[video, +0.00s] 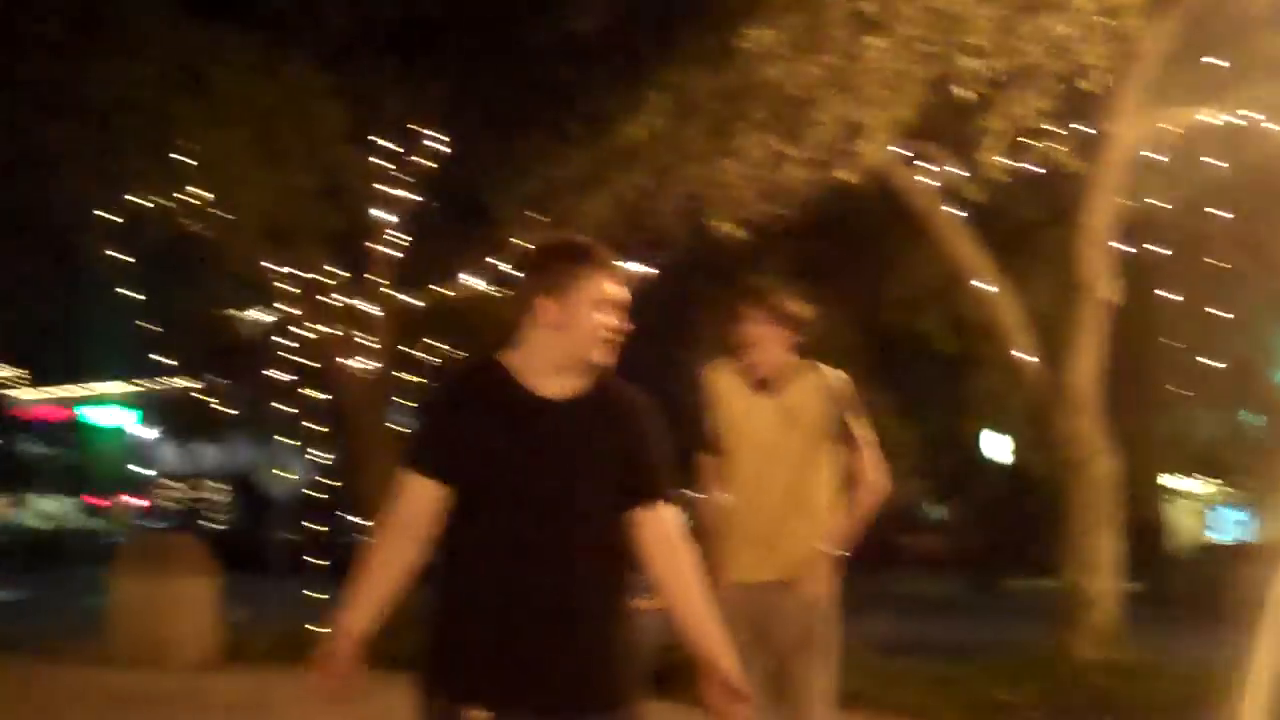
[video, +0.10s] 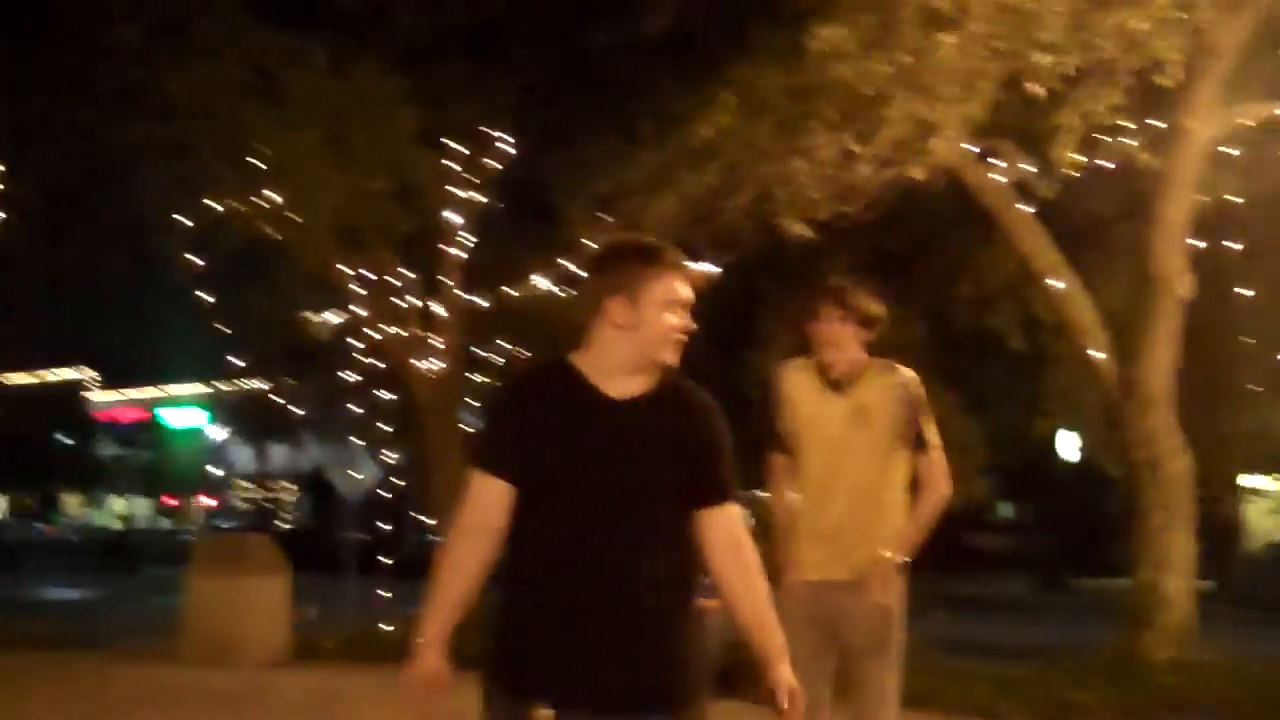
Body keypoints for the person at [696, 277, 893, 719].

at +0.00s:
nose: (747, 356)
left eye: (756, 344)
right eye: (741, 345)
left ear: (789, 336)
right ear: (734, 341)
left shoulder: (830, 386)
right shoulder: (717, 383)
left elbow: (875, 479)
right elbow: (708, 475)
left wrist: (832, 548)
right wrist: (714, 554)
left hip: (807, 579)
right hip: (733, 579)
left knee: (811, 706)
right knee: (737, 704)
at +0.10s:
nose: (828, 353)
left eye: (838, 341)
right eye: (822, 341)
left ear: (865, 335)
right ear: (811, 335)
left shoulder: (900, 385)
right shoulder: (790, 381)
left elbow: (938, 484)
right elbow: (781, 472)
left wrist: (895, 556)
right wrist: (789, 560)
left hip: (874, 585)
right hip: (804, 583)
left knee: (875, 710)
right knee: (804, 710)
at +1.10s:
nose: (839, 338)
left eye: (852, 326)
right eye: (839, 325)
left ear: (885, 334)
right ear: (833, 327)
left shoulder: (926, 381)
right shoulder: (823, 390)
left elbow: (982, 456)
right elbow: (810, 469)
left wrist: (931, 532)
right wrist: (816, 539)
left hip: (908, 562)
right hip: (841, 562)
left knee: (918, 692)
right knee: (840, 690)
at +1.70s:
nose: (871, 348)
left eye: (880, 338)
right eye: (871, 337)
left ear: (912, 347)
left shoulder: (955, 396)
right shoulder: (865, 395)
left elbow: (1005, 485)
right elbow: (865, 471)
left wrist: (966, 551)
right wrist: (858, 540)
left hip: (933, 575)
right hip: (872, 571)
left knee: (922, 706)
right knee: (864, 703)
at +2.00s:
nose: (848, 371)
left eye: (859, 364)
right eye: (849, 361)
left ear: (887, 378)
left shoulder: (924, 428)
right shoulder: (834, 410)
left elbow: (976, 493)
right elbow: (829, 468)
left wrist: (923, 544)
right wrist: (821, 514)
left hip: (888, 577)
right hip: (830, 567)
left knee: (874, 697)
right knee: (812, 687)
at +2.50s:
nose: (839, 343)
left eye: (850, 334)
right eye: (832, 332)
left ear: (868, 343)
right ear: (819, 339)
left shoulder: (892, 393)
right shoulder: (801, 385)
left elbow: (930, 468)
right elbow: (790, 445)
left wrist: (895, 527)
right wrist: (782, 506)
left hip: (858, 555)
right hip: (800, 547)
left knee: (848, 684)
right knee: (792, 677)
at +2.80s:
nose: (793, 326)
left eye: (802, 316)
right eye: (786, 315)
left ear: (821, 321)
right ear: (775, 321)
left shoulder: (850, 364)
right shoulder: (765, 367)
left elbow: (906, 408)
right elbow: (770, 417)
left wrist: (878, 473)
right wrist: (764, 465)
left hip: (831, 519)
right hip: (777, 515)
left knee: (830, 639)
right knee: (777, 632)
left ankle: (829, 713)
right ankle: (784, 713)